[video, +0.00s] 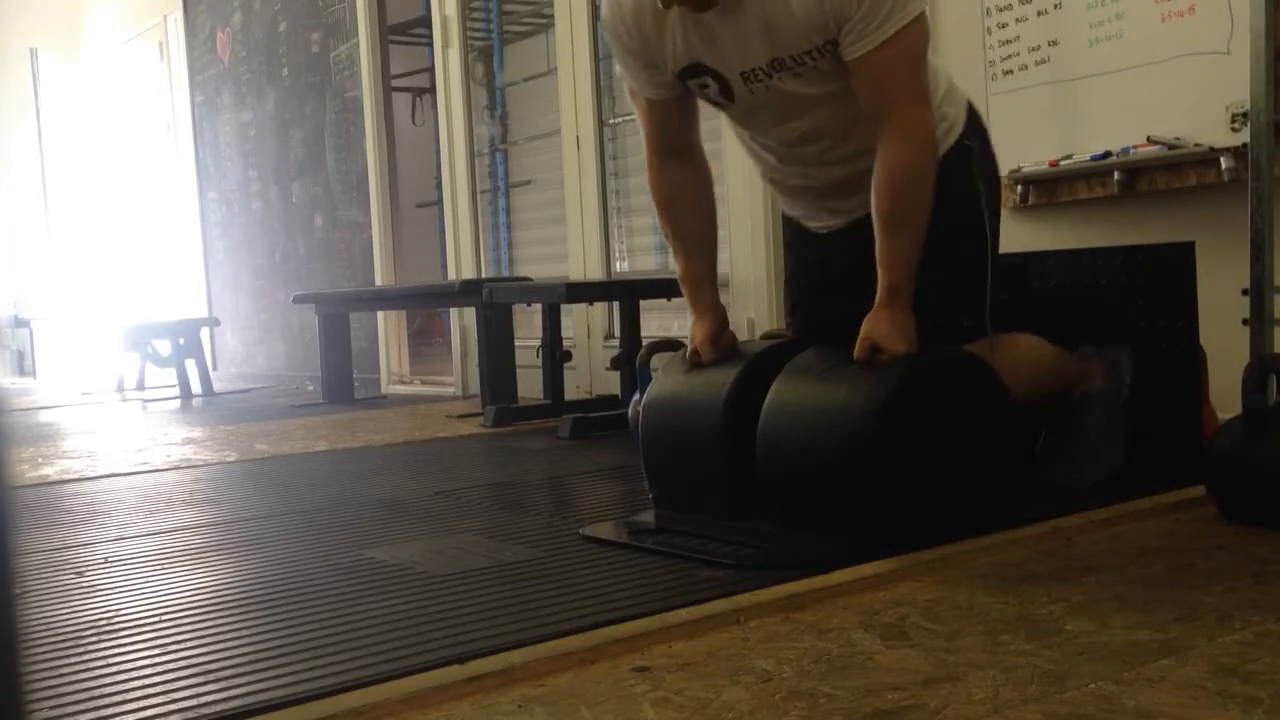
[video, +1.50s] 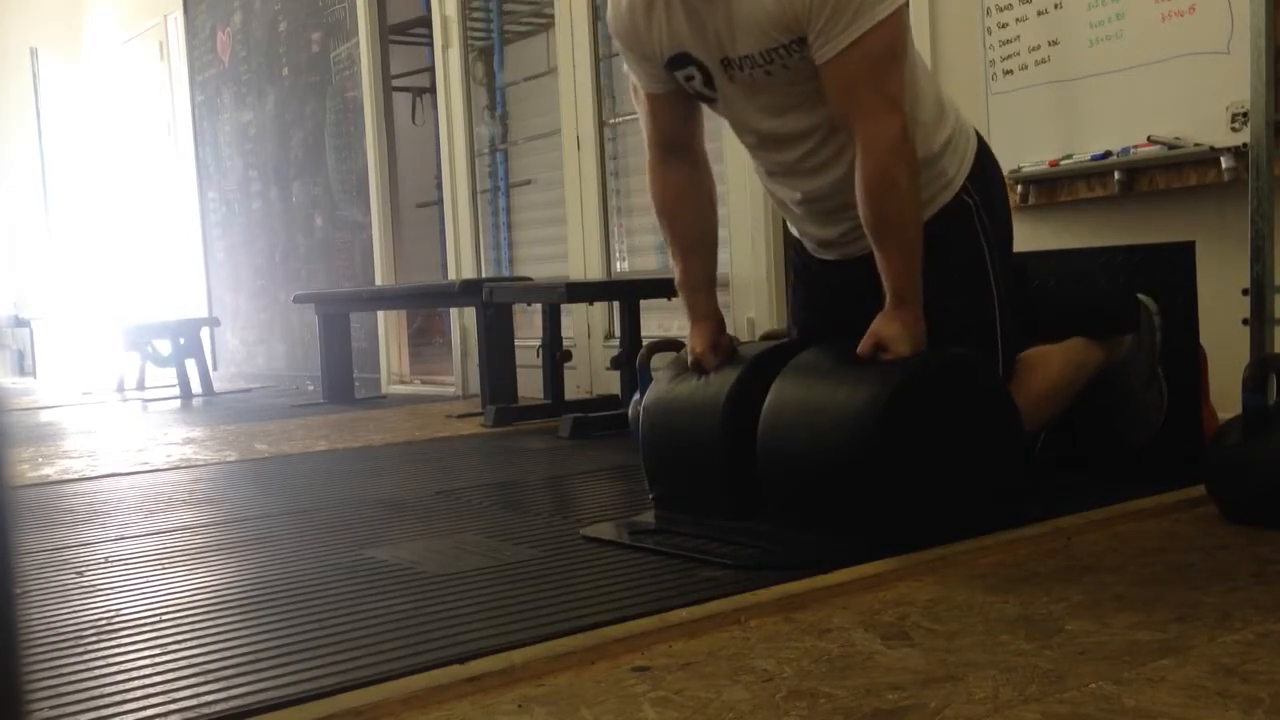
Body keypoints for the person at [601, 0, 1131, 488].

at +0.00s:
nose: (679, 1)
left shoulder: (858, 1)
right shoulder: (634, 14)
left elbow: (903, 126)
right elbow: (673, 156)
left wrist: (893, 298)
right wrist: (704, 308)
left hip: (932, 164)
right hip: (815, 206)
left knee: (940, 377)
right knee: (829, 396)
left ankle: (1084, 373)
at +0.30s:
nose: (617, 13)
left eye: (624, 0)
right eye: (605, 7)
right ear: (596, 1)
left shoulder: (802, 1)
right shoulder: (599, 31)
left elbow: (887, 129)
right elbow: (658, 169)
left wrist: (894, 305)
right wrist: (705, 313)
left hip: (918, 193)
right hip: (804, 229)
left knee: (951, 409)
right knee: (831, 422)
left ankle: (1083, 360)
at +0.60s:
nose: (547, 22)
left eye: (552, 8)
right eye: (540, 14)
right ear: (550, 13)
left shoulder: (754, 6)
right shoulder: (566, 43)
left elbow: (854, 134)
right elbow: (643, 172)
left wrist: (893, 303)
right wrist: (697, 325)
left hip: (907, 203)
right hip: (799, 251)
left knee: (964, 429)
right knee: (834, 439)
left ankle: (1073, 342)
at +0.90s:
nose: (520, 36)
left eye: (518, 16)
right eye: (505, 26)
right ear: (521, 17)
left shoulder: (729, 7)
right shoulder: (563, 60)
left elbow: (844, 147)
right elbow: (641, 182)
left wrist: (902, 307)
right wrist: (698, 322)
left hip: (904, 208)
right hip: (797, 252)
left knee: (955, 421)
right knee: (827, 435)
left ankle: (1082, 341)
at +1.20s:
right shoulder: (600, 18)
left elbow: (865, 139)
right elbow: (656, 164)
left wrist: (901, 305)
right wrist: (698, 320)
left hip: (920, 199)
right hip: (805, 238)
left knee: (966, 425)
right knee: (830, 438)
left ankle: (1095, 340)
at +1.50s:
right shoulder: (635, 14)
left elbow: (882, 131)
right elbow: (675, 155)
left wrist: (903, 302)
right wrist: (702, 317)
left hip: (939, 201)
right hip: (820, 229)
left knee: (966, 428)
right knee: (830, 433)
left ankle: (1106, 342)